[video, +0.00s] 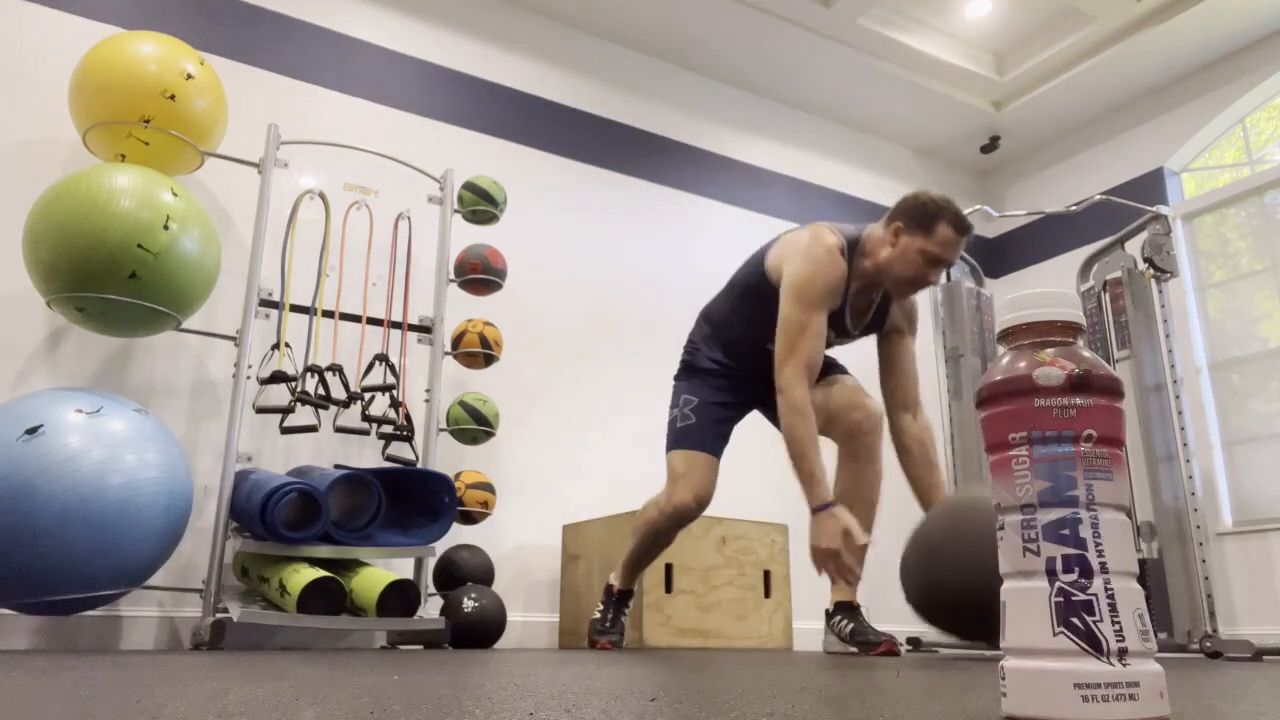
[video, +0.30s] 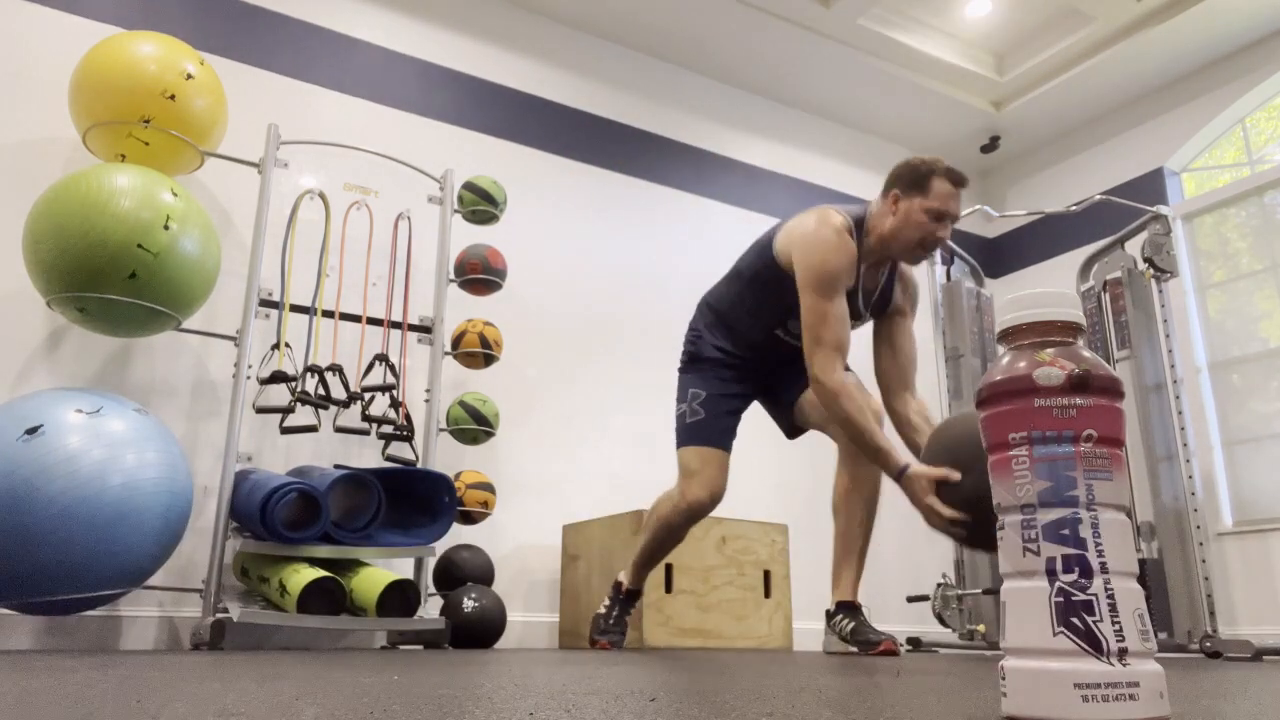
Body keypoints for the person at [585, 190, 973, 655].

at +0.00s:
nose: (935, 278)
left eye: (944, 268)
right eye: (931, 260)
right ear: (893, 235)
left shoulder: (897, 305)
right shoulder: (819, 257)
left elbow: (910, 415)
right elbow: (793, 385)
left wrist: (946, 520)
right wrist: (822, 506)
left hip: (791, 367)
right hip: (720, 359)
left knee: (865, 421)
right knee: (688, 497)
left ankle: (844, 609)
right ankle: (619, 588)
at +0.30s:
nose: (944, 235)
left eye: (951, 223)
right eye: (937, 217)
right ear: (893, 203)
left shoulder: (897, 284)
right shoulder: (827, 238)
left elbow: (903, 397)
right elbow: (829, 376)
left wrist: (964, 477)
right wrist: (904, 470)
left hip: (790, 361)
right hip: (722, 348)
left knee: (863, 423)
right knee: (701, 492)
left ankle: (845, 610)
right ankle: (627, 587)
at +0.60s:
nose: (899, 157)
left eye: (904, 148)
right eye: (888, 142)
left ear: (900, 161)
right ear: (847, 143)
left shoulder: (864, 236)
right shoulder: (791, 193)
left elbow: (877, 345)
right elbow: (810, 306)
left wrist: (958, 349)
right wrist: (922, 326)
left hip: (782, 345)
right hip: (713, 338)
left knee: (853, 417)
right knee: (702, 486)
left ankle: (843, 610)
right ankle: (644, 592)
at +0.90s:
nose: (802, 106)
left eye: (811, 98)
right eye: (789, 96)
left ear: (821, 114)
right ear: (763, 110)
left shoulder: (828, 192)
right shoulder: (737, 166)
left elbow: (899, 215)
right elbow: (766, 117)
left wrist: (921, 123)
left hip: (803, 331)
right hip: (728, 332)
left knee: (860, 416)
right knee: (709, 475)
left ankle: (843, 609)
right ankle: (658, 595)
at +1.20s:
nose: (718, 73)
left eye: (727, 59)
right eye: (713, 67)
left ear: (762, 58)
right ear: (715, 79)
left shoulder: (805, 99)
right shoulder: (716, 129)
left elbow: (810, 16)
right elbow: (649, 71)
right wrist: (692, 4)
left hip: (788, 272)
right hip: (717, 280)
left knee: (798, 398)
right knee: (679, 419)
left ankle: (859, 594)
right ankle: (674, 591)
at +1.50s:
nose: (646, 120)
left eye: (647, 109)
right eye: (640, 116)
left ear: (650, 67)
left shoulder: (709, 102)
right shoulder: (690, 165)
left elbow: (606, 71)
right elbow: (659, 182)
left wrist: (616, 20)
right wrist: (651, 127)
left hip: (781, 279)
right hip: (742, 303)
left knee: (798, 430)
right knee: (688, 439)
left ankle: (943, 585)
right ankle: (711, 609)